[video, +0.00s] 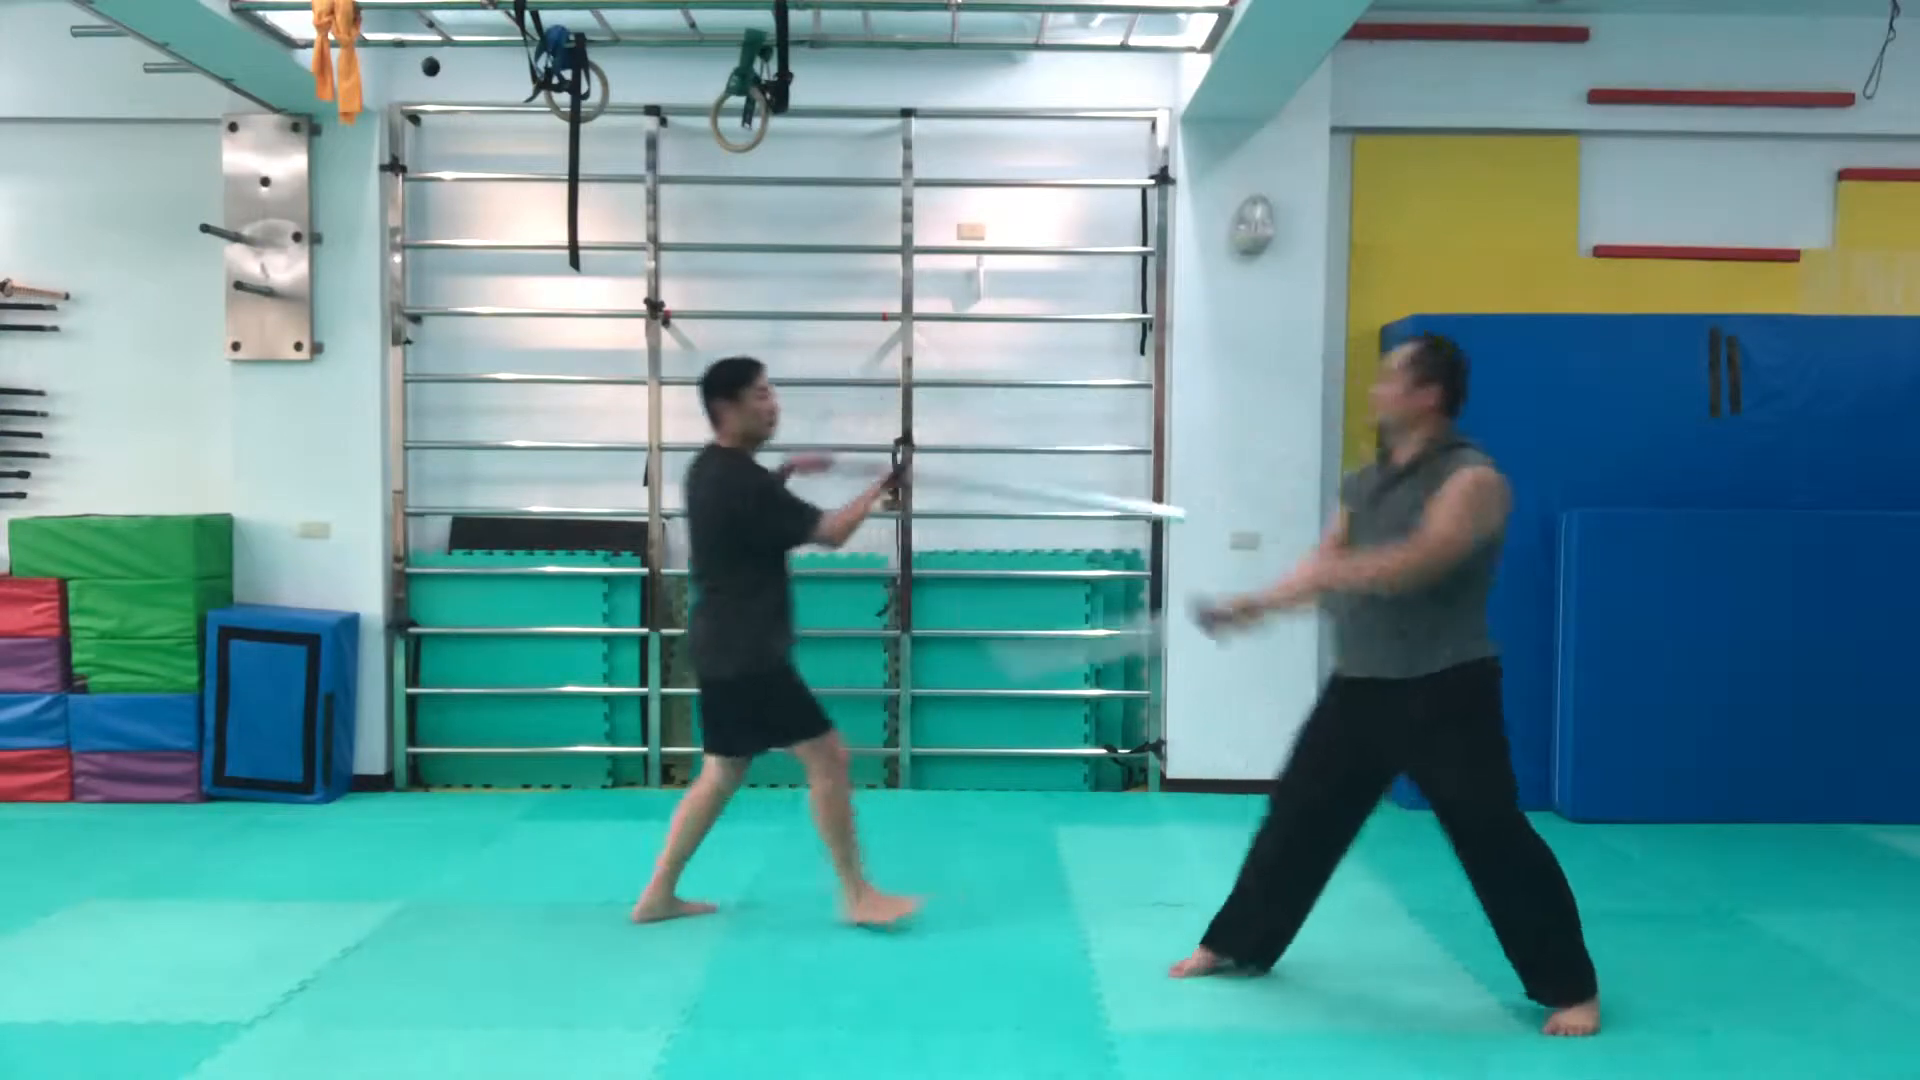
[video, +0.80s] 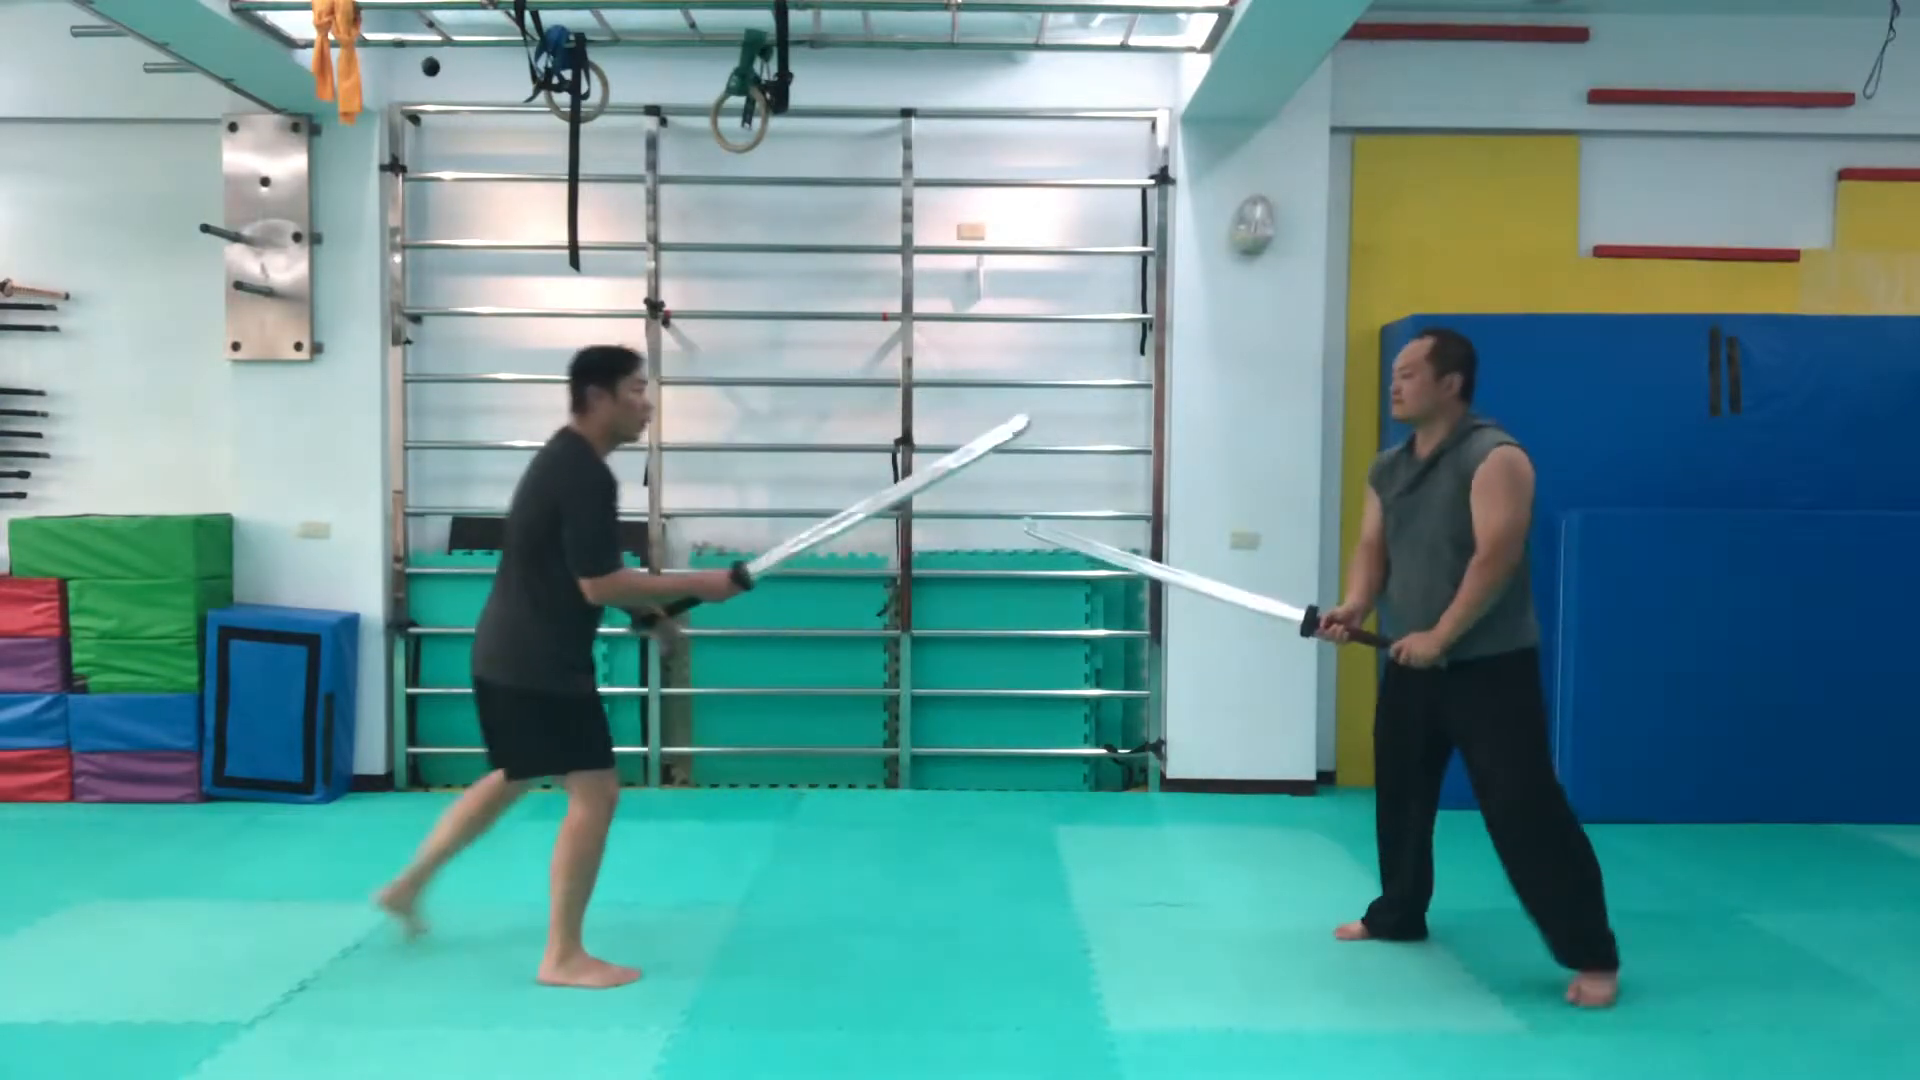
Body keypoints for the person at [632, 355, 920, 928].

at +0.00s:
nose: (774, 404)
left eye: (771, 393)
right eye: (761, 396)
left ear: (726, 411)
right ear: (727, 409)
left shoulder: (706, 471)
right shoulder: (746, 481)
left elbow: (744, 506)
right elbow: (830, 531)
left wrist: (788, 471)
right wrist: (875, 493)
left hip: (719, 657)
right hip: (752, 658)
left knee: (721, 774)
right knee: (827, 758)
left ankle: (657, 895)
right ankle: (857, 896)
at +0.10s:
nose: (750, 395)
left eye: (747, 384)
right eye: (738, 386)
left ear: (701, 399)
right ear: (703, 398)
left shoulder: (671, 466)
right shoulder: (723, 470)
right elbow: (782, 549)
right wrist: (839, 530)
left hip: (690, 649)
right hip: (730, 648)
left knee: (704, 765)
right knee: (797, 751)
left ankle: (656, 893)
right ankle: (765, 900)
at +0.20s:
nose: (731, 390)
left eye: (727, 378)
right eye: (718, 380)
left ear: (679, 393)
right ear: (682, 392)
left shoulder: (652, 460)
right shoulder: (702, 463)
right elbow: (736, 558)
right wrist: (800, 565)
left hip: (662, 648)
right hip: (705, 647)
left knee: (690, 764)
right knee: (757, 760)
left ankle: (654, 893)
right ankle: (678, 893)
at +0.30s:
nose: (720, 389)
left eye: (717, 378)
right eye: (708, 380)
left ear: (669, 393)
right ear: (673, 391)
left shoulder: (639, 460)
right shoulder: (682, 465)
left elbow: (651, 570)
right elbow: (702, 566)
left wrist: (740, 582)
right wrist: (763, 582)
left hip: (643, 647)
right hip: (675, 649)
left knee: (673, 769)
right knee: (704, 775)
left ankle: (655, 897)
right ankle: (606, 910)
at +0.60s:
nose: (696, 403)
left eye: (693, 390)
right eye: (684, 392)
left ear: (642, 401)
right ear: (645, 400)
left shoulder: (611, 457)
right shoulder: (629, 467)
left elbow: (608, 578)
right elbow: (643, 581)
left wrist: (667, 620)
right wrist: (731, 593)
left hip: (555, 648)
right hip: (574, 658)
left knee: (590, 779)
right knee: (612, 792)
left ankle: (578, 898)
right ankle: (564, 954)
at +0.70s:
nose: (673, 403)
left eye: (671, 390)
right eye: (663, 391)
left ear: (622, 401)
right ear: (622, 399)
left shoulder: (585, 457)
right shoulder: (607, 469)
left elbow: (601, 567)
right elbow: (621, 579)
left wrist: (659, 609)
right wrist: (714, 587)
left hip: (522, 652)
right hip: (559, 663)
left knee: (549, 773)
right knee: (599, 794)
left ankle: (485, 893)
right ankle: (564, 956)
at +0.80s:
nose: (648, 402)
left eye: (646, 389)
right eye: (636, 390)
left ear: (592, 399)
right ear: (597, 397)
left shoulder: (557, 458)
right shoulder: (584, 472)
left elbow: (563, 569)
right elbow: (602, 582)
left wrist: (635, 599)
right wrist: (698, 583)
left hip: (502, 658)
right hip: (547, 668)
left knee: (516, 772)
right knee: (596, 792)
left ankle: (406, 887)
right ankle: (564, 956)